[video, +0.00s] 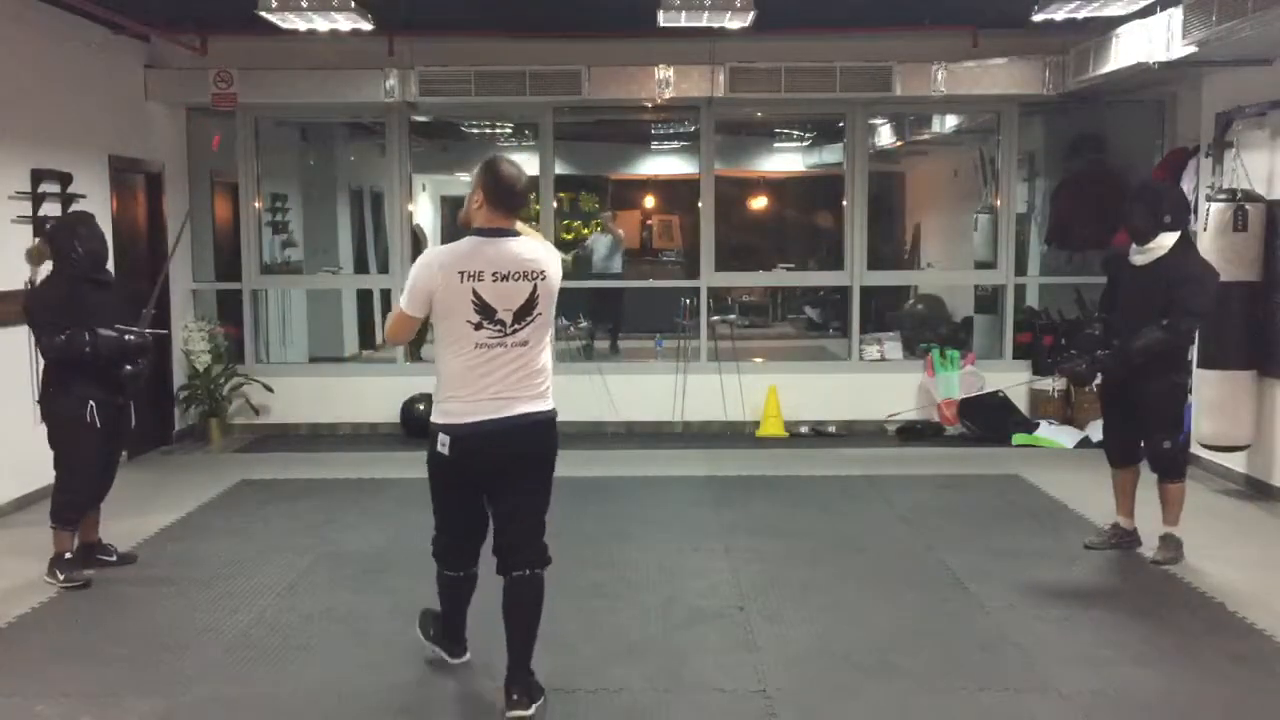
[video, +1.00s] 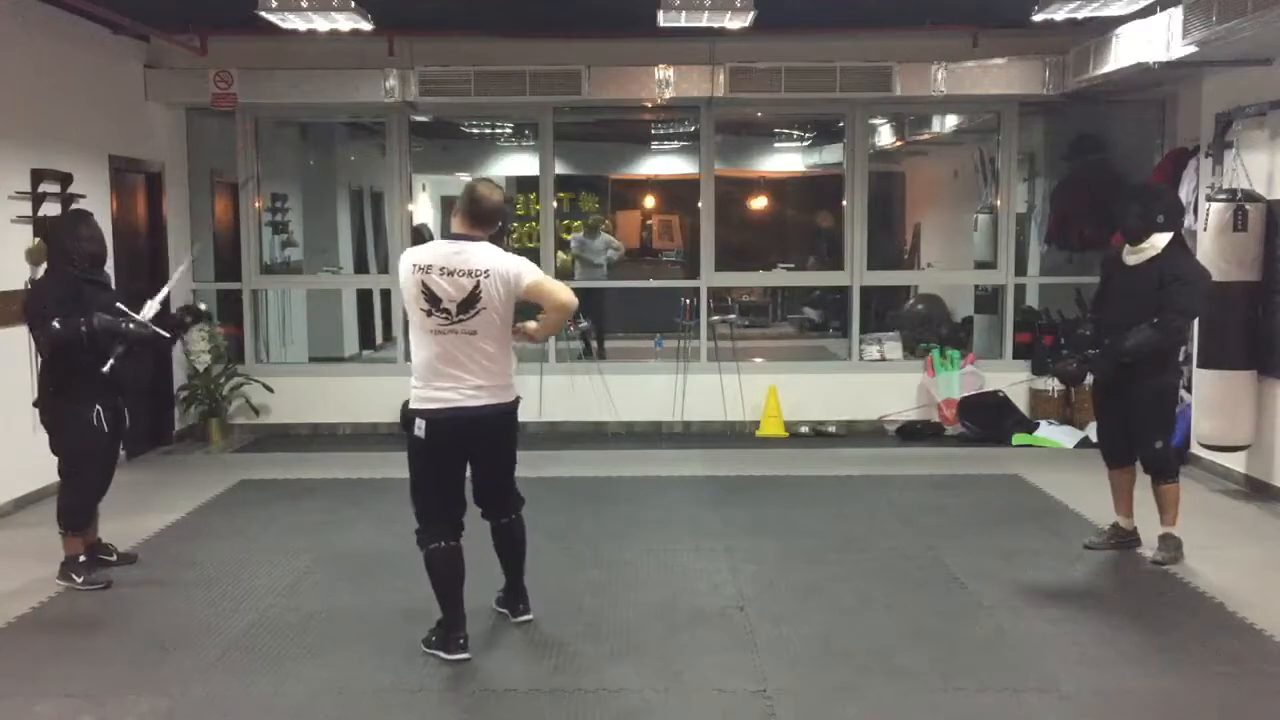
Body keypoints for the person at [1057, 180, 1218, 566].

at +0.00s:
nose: (1132, 223)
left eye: (1140, 215)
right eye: (1131, 215)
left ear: (1162, 217)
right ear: (1130, 216)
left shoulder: (1191, 268)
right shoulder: (1121, 264)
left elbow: (1182, 329)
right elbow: (1106, 317)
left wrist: (1128, 351)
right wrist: (1093, 348)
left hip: (1164, 377)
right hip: (1120, 373)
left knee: (1168, 456)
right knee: (1122, 451)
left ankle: (1170, 537)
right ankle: (1124, 527)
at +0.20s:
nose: (1130, 222)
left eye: (1138, 214)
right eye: (1129, 214)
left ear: (1160, 216)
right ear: (1130, 216)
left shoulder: (1189, 268)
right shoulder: (1120, 264)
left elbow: (1178, 330)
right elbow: (1106, 317)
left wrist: (1123, 354)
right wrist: (1094, 348)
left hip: (1164, 379)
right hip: (1120, 374)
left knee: (1168, 458)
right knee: (1122, 451)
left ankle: (1170, 537)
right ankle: (1124, 528)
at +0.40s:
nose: (1128, 222)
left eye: (1137, 215)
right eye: (1128, 214)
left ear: (1158, 218)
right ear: (1127, 217)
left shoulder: (1187, 268)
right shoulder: (1118, 263)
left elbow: (1173, 329)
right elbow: (1106, 319)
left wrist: (1115, 355)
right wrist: (1091, 353)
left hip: (1162, 377)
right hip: (1119, 373)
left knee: (1165, 455)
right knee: (1121, 449)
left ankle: (1170, 536)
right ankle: (1124, 527)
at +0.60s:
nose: (1127, 224)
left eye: (1136, 216)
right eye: (1126, 216)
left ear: (1157, 218)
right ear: (1126, 218)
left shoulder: (1185, 269)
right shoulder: (1116, 264)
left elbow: (1171, 330)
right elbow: (1105, 319)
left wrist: (1115, 353)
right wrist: (1089, 351)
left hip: (1159, 378)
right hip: (1117, 374)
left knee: (1164, 455)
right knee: (1120, 450)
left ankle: (1170, 536)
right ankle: (1124, 527)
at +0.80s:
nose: (1126, 227)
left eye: (1134, 219)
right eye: (1125, 219)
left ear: (1155, 219)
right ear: (1123, 220)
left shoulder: (1182, 268)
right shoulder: (1116, 263)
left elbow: (1170, 328)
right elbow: (1100, 315)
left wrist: (1113, 352)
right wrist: (1083, 344)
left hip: (1156, 376)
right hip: (1114, 372)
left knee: (1159, 454)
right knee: (1117, 450)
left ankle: (1169, 536)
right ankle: (1124, 527)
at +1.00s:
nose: (1126, 226)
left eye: (1135, 218)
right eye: (1125, 218)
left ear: (1156, 219)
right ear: (1124, 218)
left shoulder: (1181, 267)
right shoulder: (1115, 261)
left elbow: (1172, 327)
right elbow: (1100, 315)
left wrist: (1125, 346)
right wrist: (1089, 344)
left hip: (1154, 377)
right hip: (1112, 374)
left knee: (1159, 455)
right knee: (1116, 450)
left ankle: (1169, 537)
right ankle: (1123, 528)